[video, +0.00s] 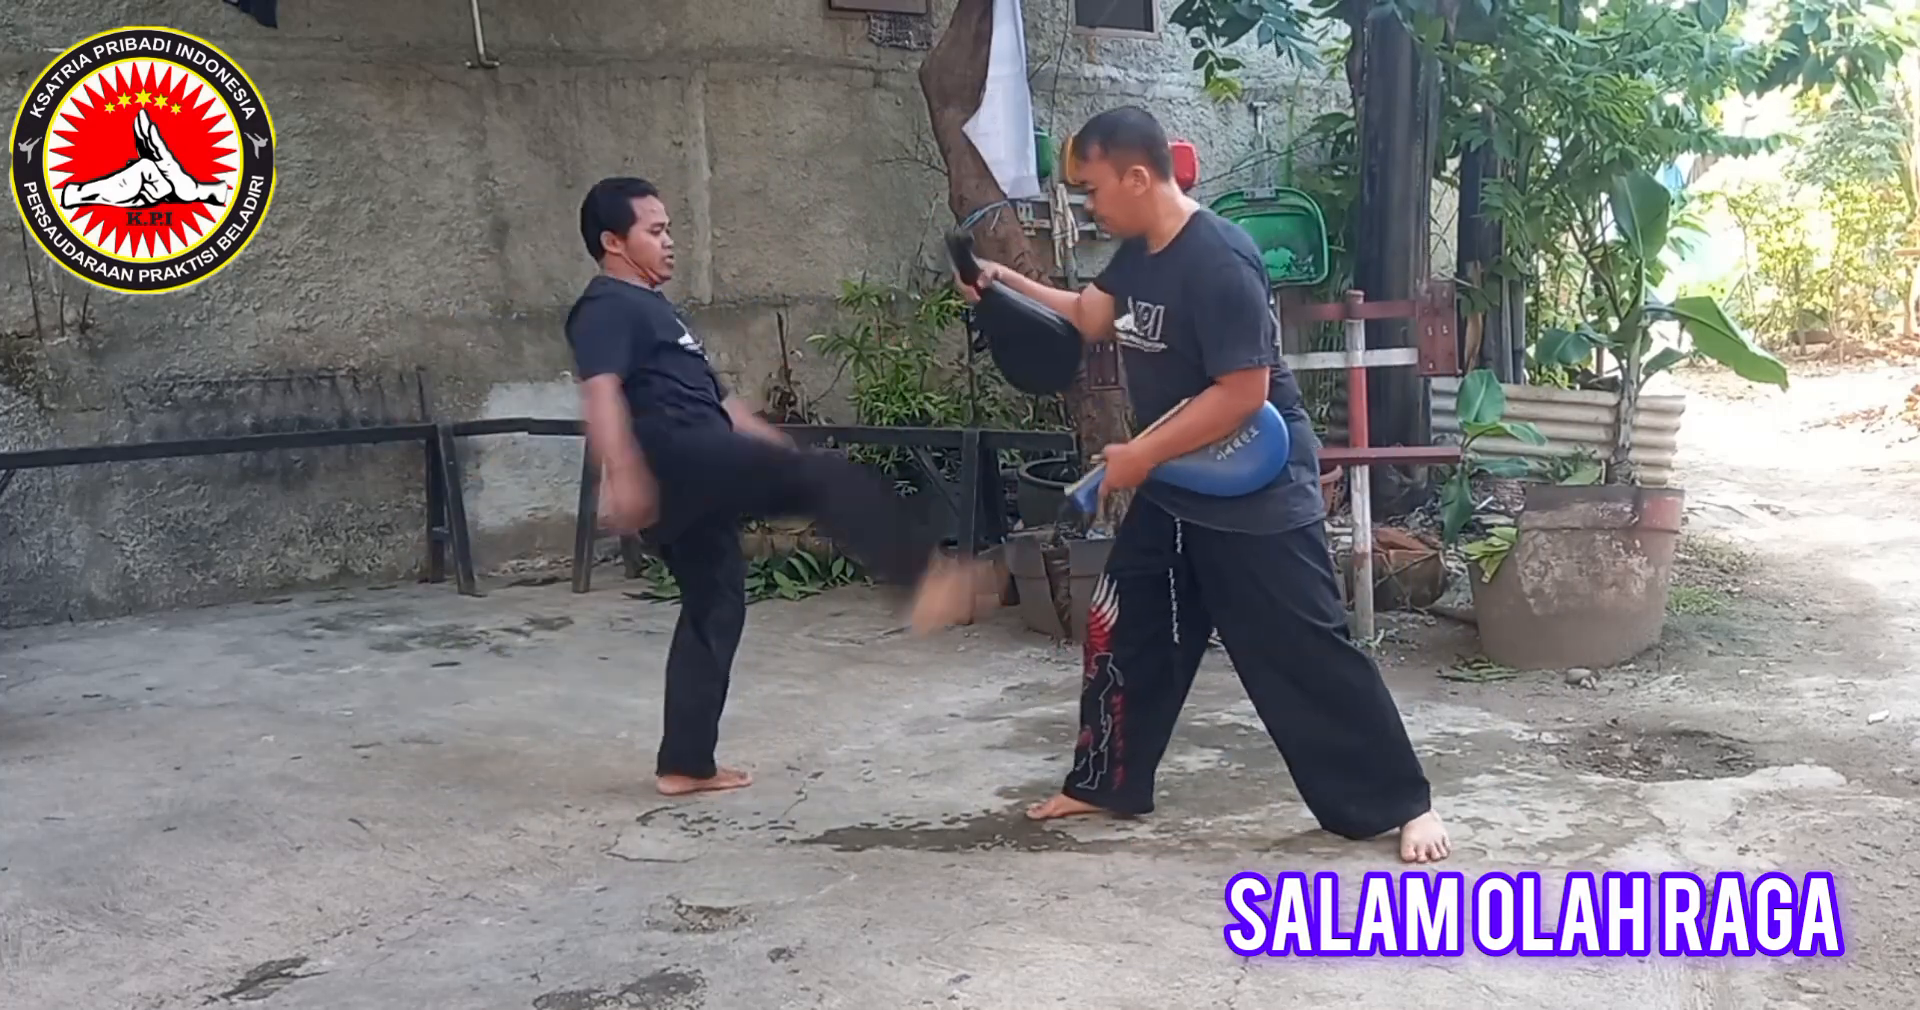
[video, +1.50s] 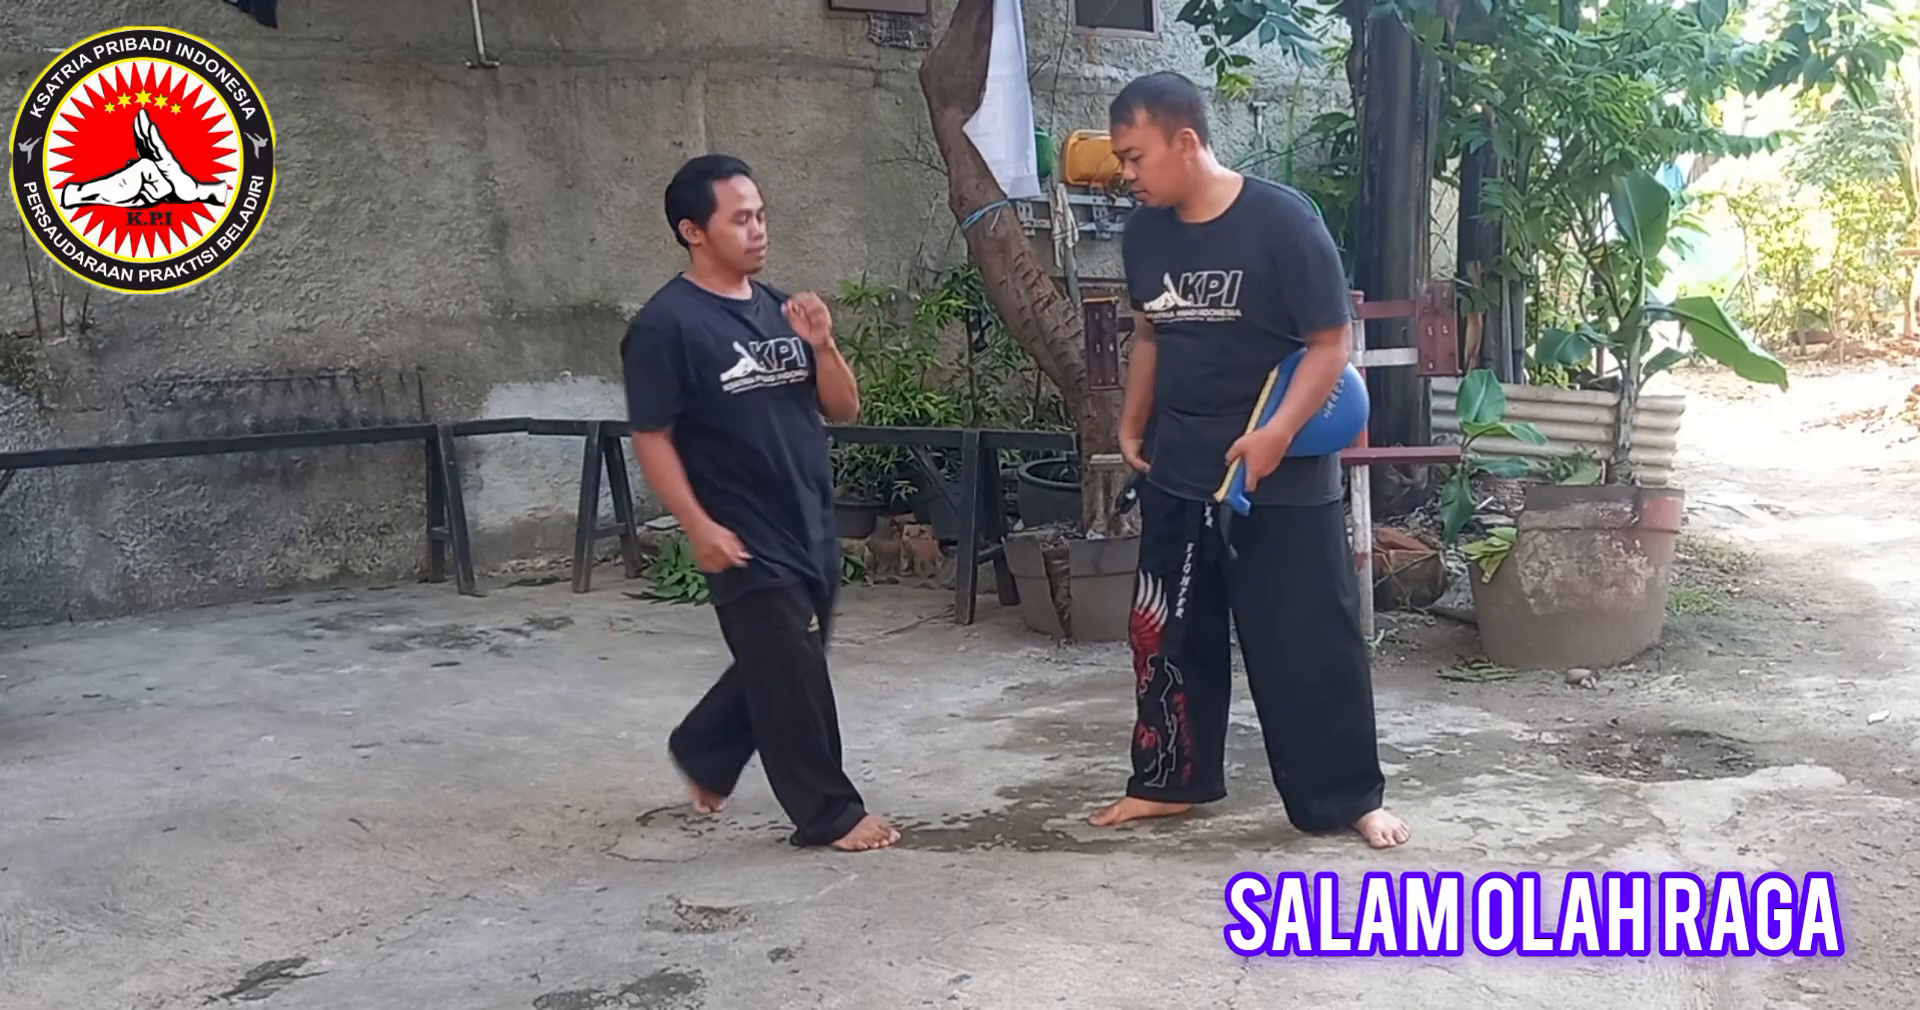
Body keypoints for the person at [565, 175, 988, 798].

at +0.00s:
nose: (669, 242)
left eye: (668, 230)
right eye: (656, 232)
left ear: (627, 241)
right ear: (614, 241)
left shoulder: (650, 302)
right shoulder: (607, 303)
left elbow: (703, 391)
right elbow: (600, 392)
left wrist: (762, 435)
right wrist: (621, 471)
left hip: (685, 468)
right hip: (679, 462)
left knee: (714, 608)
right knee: (824, 476)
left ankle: (686, 765)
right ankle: (923, 578)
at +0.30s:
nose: (700, 241)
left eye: (698, 229)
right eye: (690, 231)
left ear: (640, 241)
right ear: (651, 238)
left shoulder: (623, 295)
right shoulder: (670, 278)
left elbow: (669, 370)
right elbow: (706, 339)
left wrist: (742, 366)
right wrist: (754, 390)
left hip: (686, 474)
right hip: (725, 434)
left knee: (730, 600)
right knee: (880, 398)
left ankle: (720, 759)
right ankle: (923, 488)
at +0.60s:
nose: (745, 244)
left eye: (742, 231)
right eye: (735, 233)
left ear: (687, 246)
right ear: (697, 243)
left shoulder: (667, 304)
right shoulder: (723, 293)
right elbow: (744, 382)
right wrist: (801, 468)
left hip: (705, 485)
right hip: (757, 476)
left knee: (740, 624)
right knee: (880, 584)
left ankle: (721, 777)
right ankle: (874, 748)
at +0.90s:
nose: (773, 214)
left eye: (768, 202)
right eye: (757, 204)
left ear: (732, 228)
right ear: (713, 228)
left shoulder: (799, 306)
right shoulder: (686, 325)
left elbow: (872, 382)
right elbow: (690, 438)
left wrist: (916, 372)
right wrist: (788, 440)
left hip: (846, 496)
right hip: (776, 515)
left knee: (898, 593)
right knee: (839, 645)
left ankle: (810, 717)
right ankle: (836, 814)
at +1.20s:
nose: (780, 201)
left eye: (776, 189)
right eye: (762, 192)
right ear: (715, 215)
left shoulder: (807, 281)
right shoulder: (687, 316)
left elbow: (875, 310)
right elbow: (687, 430)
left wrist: (900, 343)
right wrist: (781, 490)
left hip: (850, 468)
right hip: (768, 508)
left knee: (957, 509)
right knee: (813, 653)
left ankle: (878, 623)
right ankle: (831, 815)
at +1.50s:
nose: (759, 228)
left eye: (761, 213)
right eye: (743, 218)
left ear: (764, 216)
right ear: (693, 232)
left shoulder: (780, 305)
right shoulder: (662, 326)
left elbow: (843, 408)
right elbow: (651, 440)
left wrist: (824, 347)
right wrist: (698, 527)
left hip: (810, 525)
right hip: (743, 537)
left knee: (791, 659)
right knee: (791, 672)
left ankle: (705, 748)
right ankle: (827, 814)